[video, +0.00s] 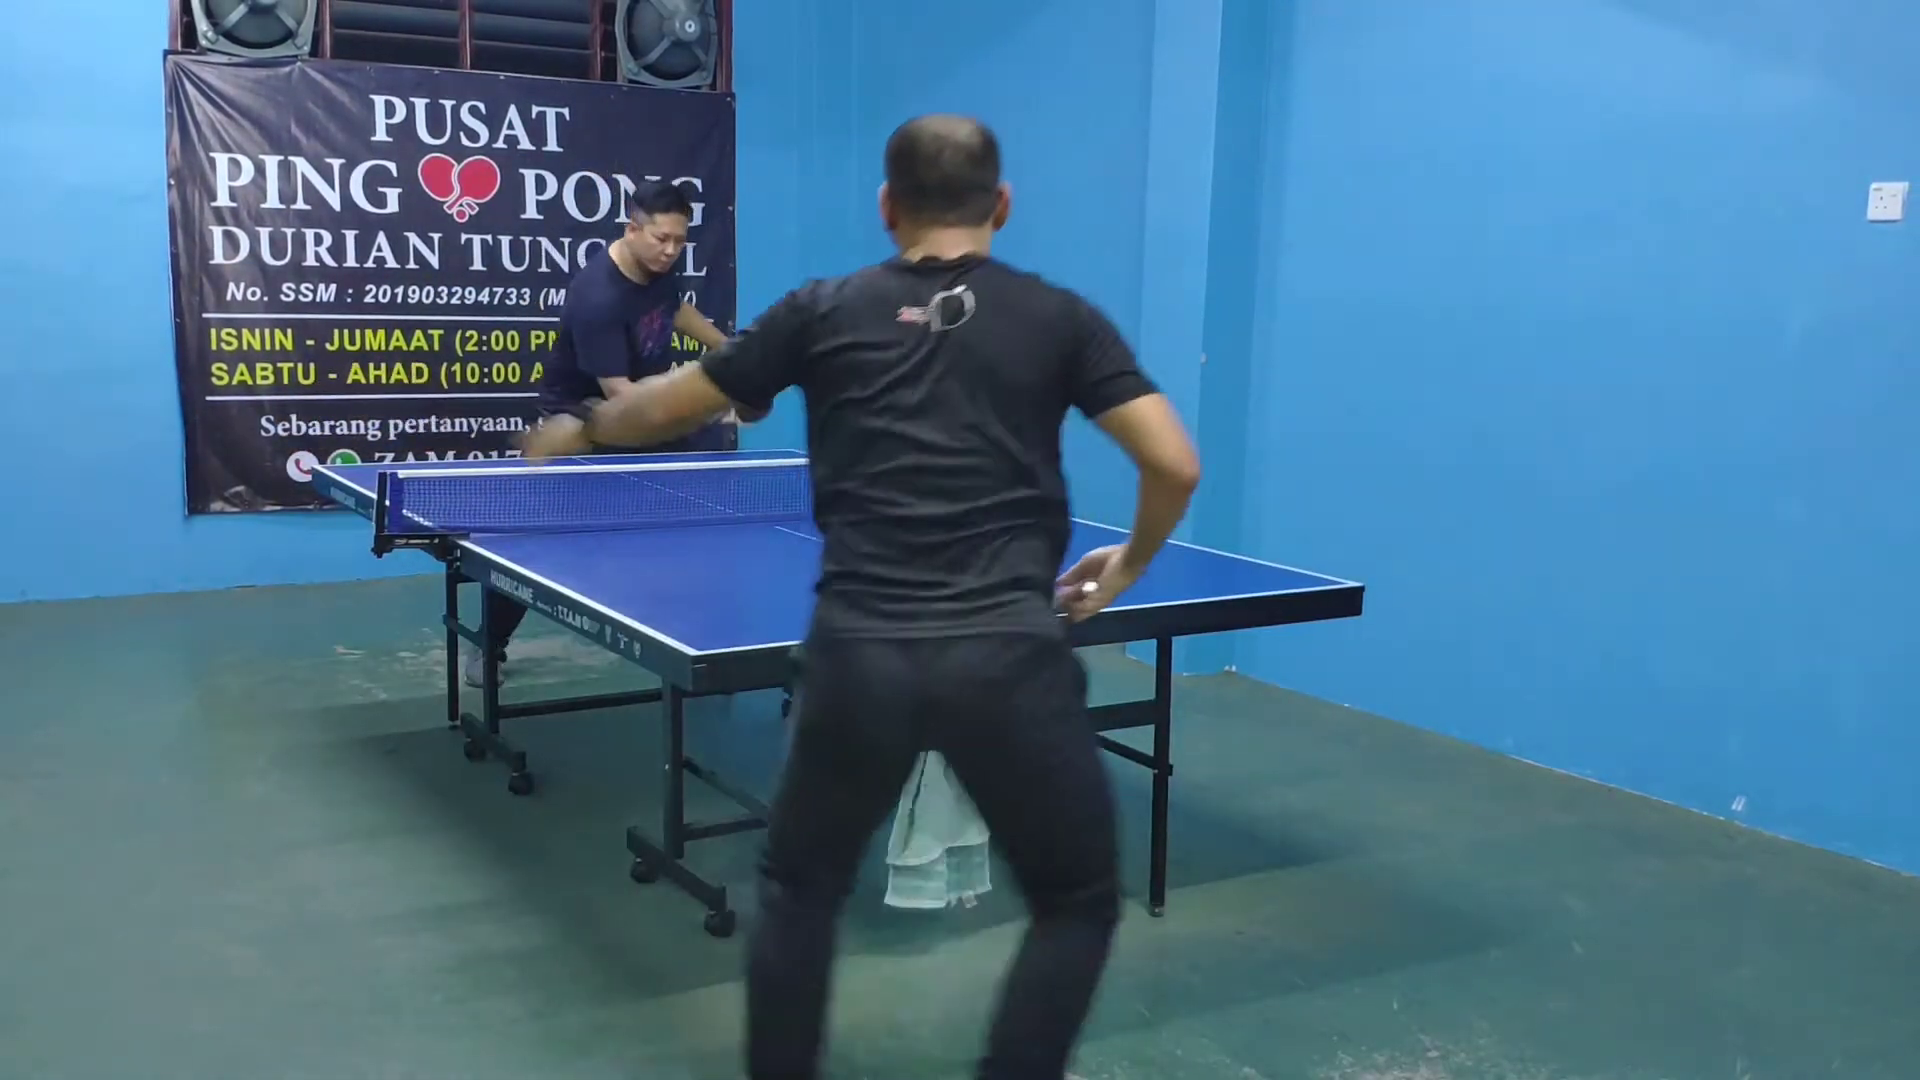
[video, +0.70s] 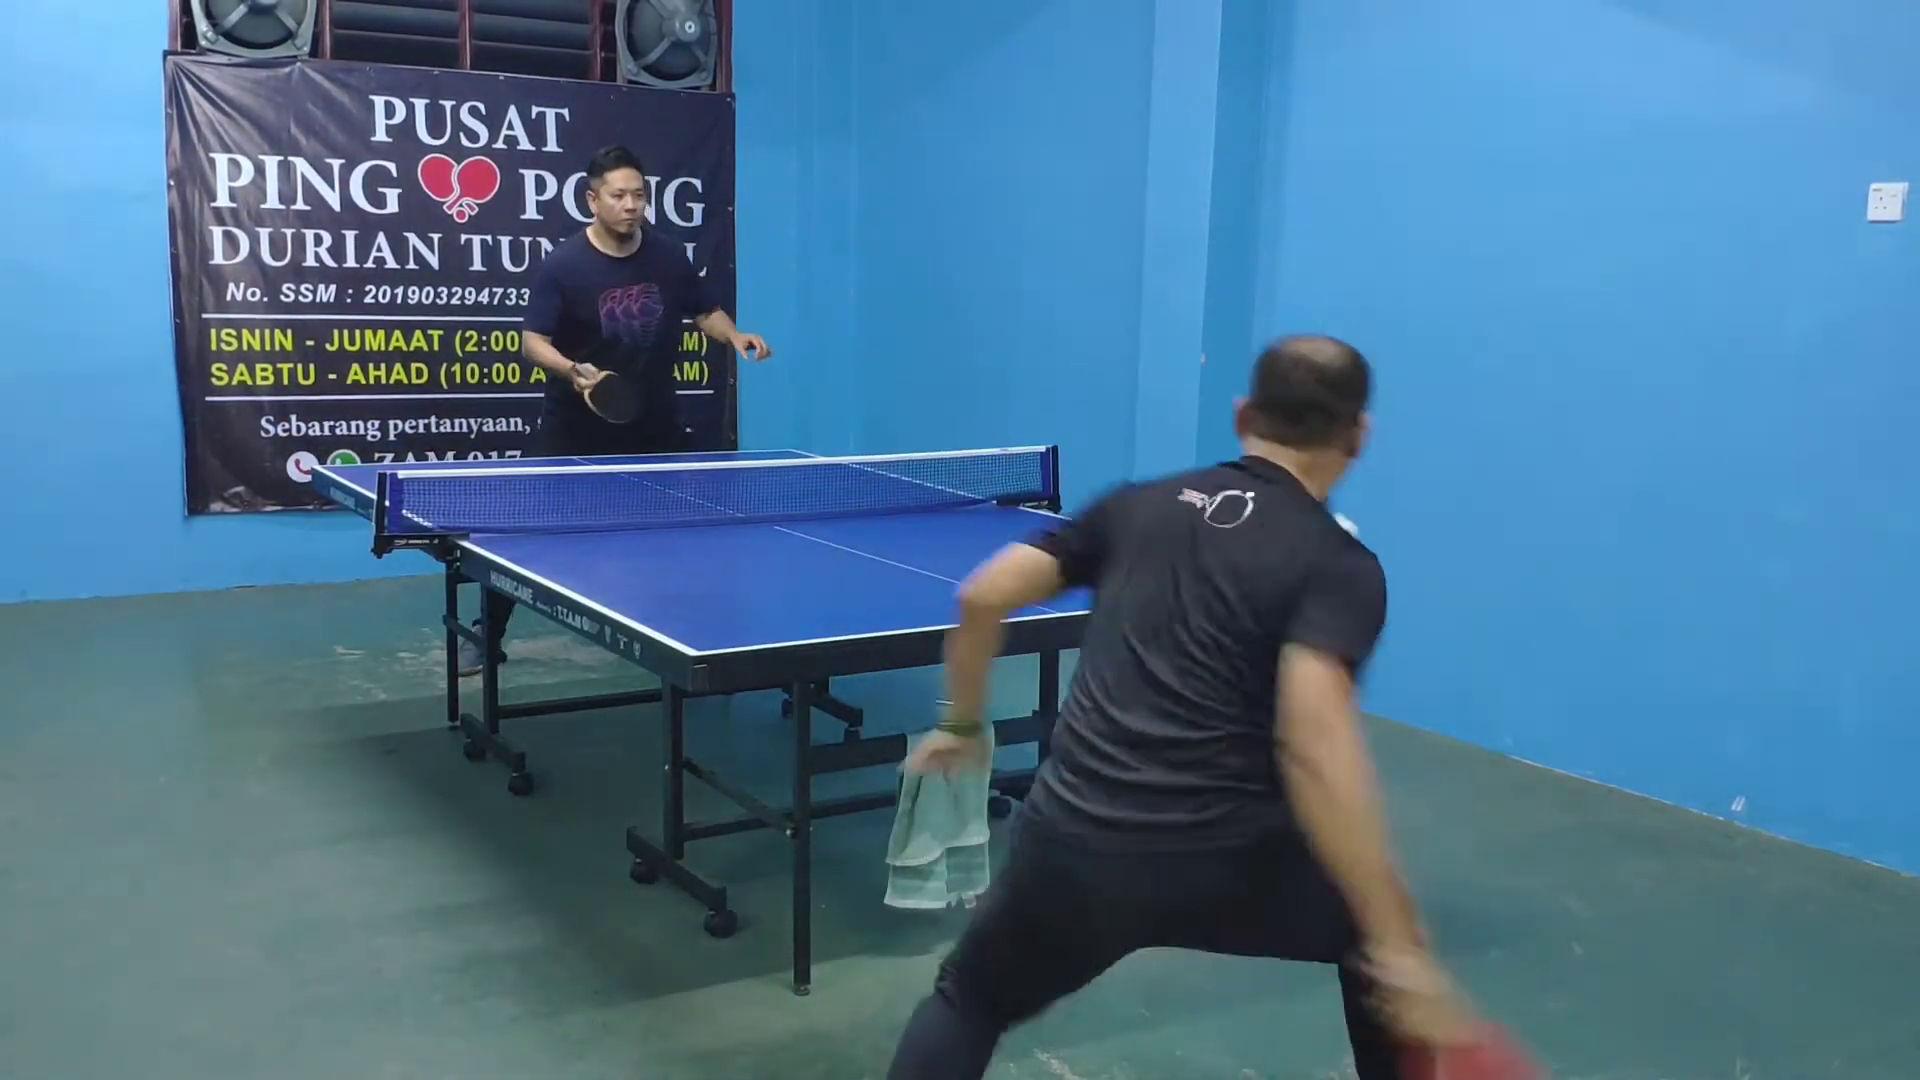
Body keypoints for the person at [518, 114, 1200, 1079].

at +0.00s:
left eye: (887, 195)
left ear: (887, 206)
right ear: (1000, 205)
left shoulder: (821, 312)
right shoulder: (1058, 317)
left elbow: (654, 412)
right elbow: (1174, 467)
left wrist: (614, 411)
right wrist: (1126, 563)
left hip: (860, 669)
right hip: (1009, 670)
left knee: (799, 892)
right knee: (1075, 904)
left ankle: (779, 1068)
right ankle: (1015, 1074)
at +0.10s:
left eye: (926, 213)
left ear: (929, 224)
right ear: (1041, 222)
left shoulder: (864, 330)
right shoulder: (1101, 331)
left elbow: (729, 461)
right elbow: (1209, 486)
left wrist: (692, 502)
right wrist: (1166, 584)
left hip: (921, 689)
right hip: (1073, 685)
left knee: (840, 928)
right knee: (1160, 907)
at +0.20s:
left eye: (970, 294)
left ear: (976, 305)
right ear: (1086, 301)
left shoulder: (921, 413)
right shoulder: (1149, 409)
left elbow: (808, 567)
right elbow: (1250, 573)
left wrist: (829, 640)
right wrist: (1207, 658)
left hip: (981, 760)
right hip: (1132, 754)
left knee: (847, 966)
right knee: (1241, 954)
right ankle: (1331, 1070)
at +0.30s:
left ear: (1054, 371)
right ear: (1164, 370)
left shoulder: (992, 489)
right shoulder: (1216, 477)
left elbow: (924, 665)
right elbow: (1291, 662)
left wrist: (1003, 709)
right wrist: (1309, 770)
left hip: (1015, 823)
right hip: (1178, 819)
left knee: (889, 981)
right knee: (1285, 969)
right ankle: (1351, 1073)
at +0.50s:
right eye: (1344, 428)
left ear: (1221, 421)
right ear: (1334, 439)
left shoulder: (1175, 504)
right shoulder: (1300, 523)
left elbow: (1175, 640)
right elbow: (1224, 613)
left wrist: (1305, 693)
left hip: (1054, 827)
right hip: (1203, 830)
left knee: (936, 1003)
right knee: (1357, 927)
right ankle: (1398, 1066)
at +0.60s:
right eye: (1381, 450)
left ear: (1257, 431)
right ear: (1374, 454)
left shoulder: (1210, 510)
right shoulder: (1322, 532)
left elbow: (1111, 621)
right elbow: (1222, 614)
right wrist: (1203, 803)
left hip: (1068, 834)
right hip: (1206, 840)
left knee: (964, 1013)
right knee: (1372, 915)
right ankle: (1407, 1066)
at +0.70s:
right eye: (1361, 429)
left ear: (1243, 417)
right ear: (1356, 437)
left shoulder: (1137, 506)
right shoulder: (1338, 562)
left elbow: (982, 596)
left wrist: (962, 726)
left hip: (1074, 862)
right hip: (1227, 870)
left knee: (967, 1000)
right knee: (1378, 930)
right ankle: (1394, 1069)